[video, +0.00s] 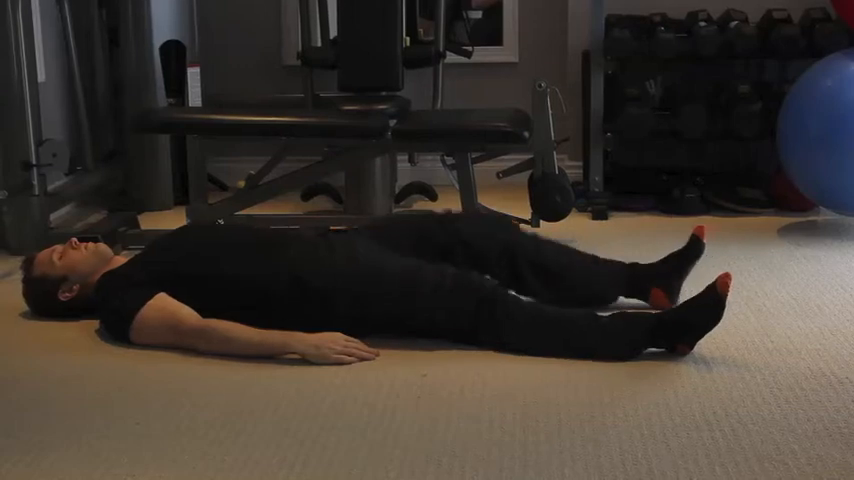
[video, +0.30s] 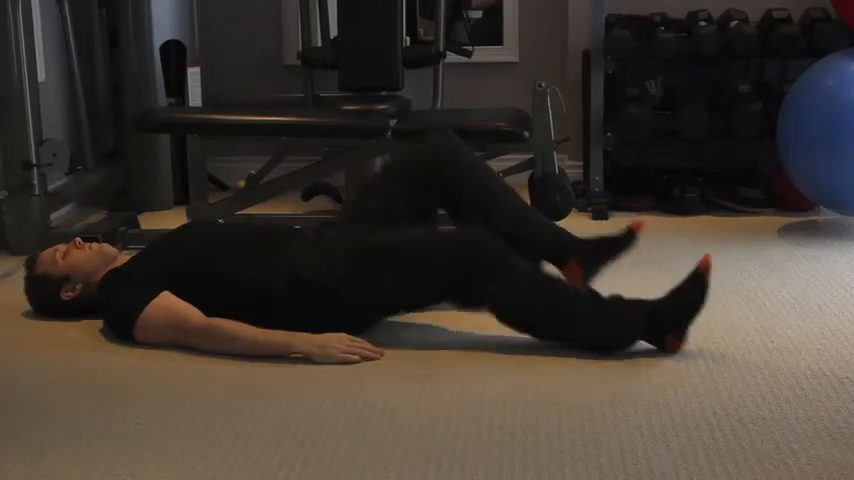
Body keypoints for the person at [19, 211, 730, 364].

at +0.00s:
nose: (72, 244)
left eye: (64, 243)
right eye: (61, 260)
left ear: (85, 239)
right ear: (71, 291)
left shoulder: (156, 246)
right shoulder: (118, 295)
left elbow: (254, 243)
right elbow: (198, 333)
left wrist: (333, 226)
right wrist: (297, 344)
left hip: (353, 236)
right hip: (332, 280)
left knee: (489, 233)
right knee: (479, 302)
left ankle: (636, 284)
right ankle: (656, 335)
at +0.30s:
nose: (80, 241)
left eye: (71, 239)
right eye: (68, 255)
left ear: (90, 244)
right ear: (74, 285)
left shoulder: (153, 246)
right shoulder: (127, 297)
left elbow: (249, 235)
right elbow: (206, 331)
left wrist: (319, 218)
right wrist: (311, 345)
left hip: (343, 226)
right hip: (330, 276)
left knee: (435, 152)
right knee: (472, 258)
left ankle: (563, 253)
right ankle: (641, 326)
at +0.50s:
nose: (81, 239)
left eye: (72, 239)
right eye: (68, 255)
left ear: (91, 242)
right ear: (77, 287)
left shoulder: (150, 251)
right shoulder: (128, 298)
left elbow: (243, 247)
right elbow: (209, 335)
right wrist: (312, 344)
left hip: (330, 242)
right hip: (325, 288)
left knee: (395, 129)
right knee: (441, 193)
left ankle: (530, 213)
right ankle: (585, 286)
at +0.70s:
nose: (80, 239)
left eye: (70, 238)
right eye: (66, 254)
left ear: (89, 241)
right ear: (74, 289)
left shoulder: (147, 259)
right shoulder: (123, 297)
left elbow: (252, 262)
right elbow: (202, 332)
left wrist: (358, 274)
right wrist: (309, 344)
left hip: (325, 270)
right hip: (316, 294)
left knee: (378, 116)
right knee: (358, 131)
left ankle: (514, 187)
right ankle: (499, 227)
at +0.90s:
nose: (73, 238)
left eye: (63, 239)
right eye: (60, 251)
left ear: (85, 247)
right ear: (70, 289)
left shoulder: (151, 253)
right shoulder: (119, 297)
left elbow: (251, 254)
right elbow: (201, 331)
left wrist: (361, 273)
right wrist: (304, 344)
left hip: (325, 271)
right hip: (302, 294)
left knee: (346, 111)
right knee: (298, 123)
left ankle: (475, 143)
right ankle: (452, 163)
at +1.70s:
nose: (66, 236)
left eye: (56, 237)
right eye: (54, 250)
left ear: (81, 241)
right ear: (67, 287)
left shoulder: (141, 253)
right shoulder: (115, 293)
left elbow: (238, 241)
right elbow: (193, 328)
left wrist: (346, 218)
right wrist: (295, 305)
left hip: (318, 253)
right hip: (305, 281)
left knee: (271, 118)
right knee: (259, 121)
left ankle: (432, 125)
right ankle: (431, 132)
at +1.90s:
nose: (68, 236)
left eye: (58, 237)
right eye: (56, 250)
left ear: (80, 237)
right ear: (66, 288)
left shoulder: (141, 254)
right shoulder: (116, 296)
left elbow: (242, 212)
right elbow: (186, 278)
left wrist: (254, 113)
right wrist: (182, 154)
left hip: (315, 264)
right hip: (300, 283)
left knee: (269, 118)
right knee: (255, 121)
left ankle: (426, 121)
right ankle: (429, 127)